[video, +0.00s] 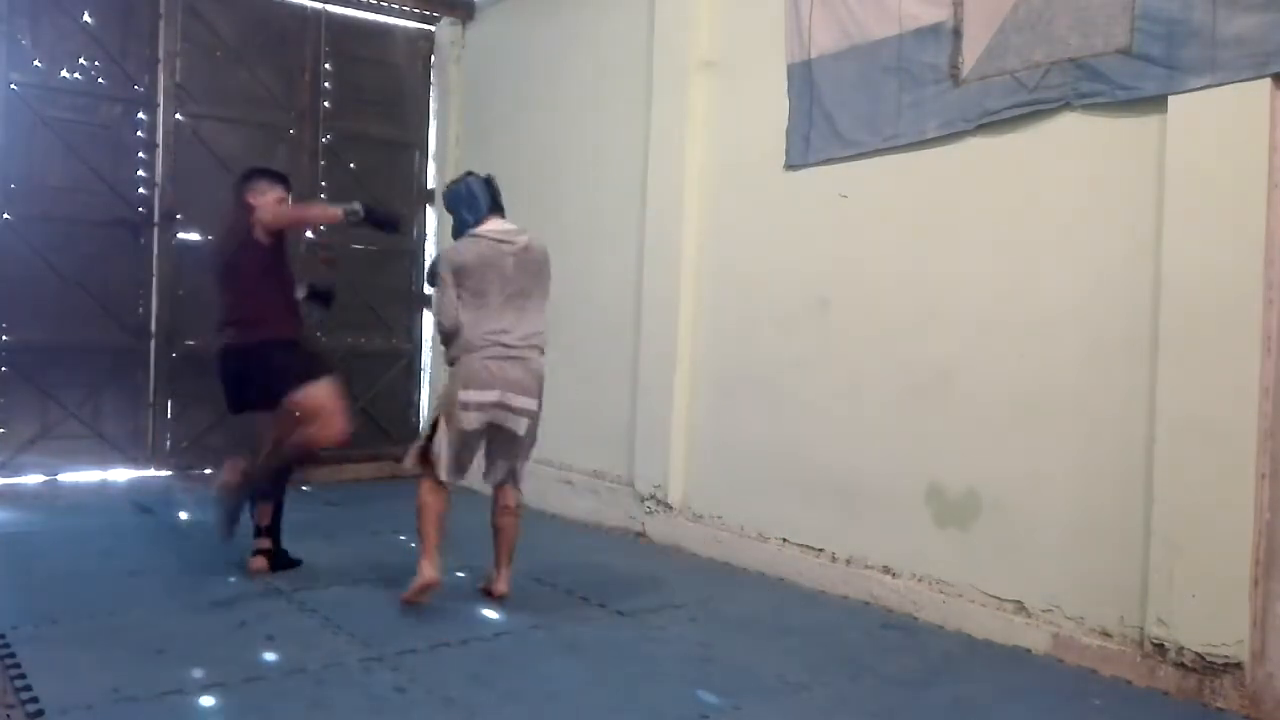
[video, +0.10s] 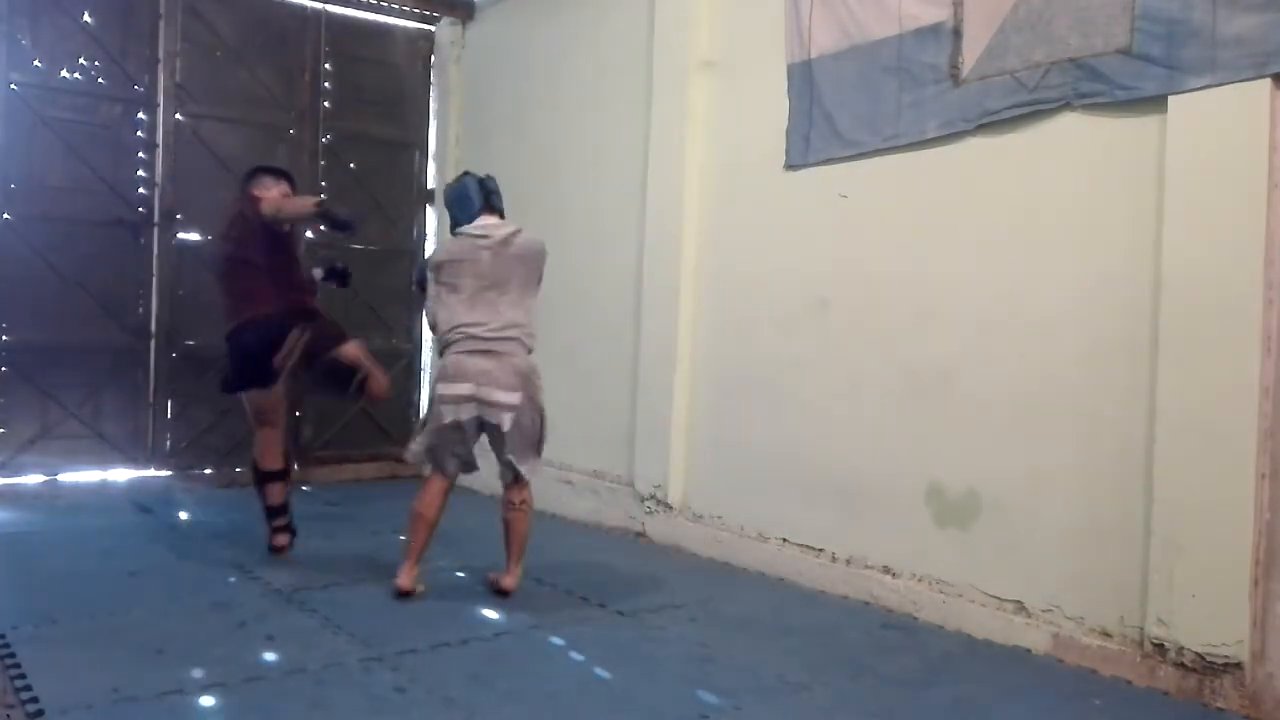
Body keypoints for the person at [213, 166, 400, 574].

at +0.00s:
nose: (287, 207)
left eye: (287, 200)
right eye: (279, 198)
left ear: (254, 202)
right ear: (252, 197)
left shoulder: (239, 237)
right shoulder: (257, 221)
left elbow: (258, 291)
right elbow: (300, 215)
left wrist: (303, 293)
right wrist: (357, 211)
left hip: (248, 352)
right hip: (272, 349)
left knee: (274, 447)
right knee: (332, 425)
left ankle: (266, 547)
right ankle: (248, 479)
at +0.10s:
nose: (287, 200)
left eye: (289, 195)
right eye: (282, 193)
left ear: (250, 196)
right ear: (258, 190)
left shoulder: (236, 233)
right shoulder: (255, 209)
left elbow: (277, 280)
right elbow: (282, 209)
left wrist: (322, 274)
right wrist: (323, 209)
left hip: (248, 333)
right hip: (293, 319)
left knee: (267, 424)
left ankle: (279, 527)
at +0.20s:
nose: (283, 211)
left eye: (284, 205)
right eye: (281, 204)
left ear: (248, 206)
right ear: (273, 205)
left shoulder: (232, 249)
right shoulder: (283, 238)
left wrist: (327, 277)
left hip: (264, 341)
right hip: (308, 322)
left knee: (268, 435)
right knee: (392, 351)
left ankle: (283, 528)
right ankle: (402, 275)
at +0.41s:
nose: (284, 211)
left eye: (284, 205)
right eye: (281, 204)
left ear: (248, 206)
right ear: (273, 205)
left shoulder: (232, 249)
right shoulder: (283, 238)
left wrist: (326, 277)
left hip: (264, 341)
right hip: (308, 322)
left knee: (268, 435)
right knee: (392, 351)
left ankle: (283, 528)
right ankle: (402, 275)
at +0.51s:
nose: (268, 249)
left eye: (263, 247)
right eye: (265, 246)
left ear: (233, 262)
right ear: (263, 248)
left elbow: (238, 356)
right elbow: (316, 260)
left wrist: (255, 380)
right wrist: (357, 285)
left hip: (272, 353)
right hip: (320, 334)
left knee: (284, 445)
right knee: (369, 393)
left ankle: (297, 542)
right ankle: (346, 407)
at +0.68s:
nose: (291, 232)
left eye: (289, 228)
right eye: (288, 228)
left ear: (254, 238)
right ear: (282, 230)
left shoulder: (239, 278)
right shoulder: (293, 240)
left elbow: (238, 336)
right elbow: (323, 261)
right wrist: (362, 291)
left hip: (270, 348)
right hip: (319, 337)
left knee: (284, 439)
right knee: (346, 418)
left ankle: (294, 538)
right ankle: (351, 509)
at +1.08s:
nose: (323, 221)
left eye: (323, 214)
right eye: (318, 214)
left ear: (292, 215)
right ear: (298, 214)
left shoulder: (273, 244)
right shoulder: (304, 246)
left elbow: (243, 292)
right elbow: (295, 296)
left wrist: (275, 316)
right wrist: (326, 315)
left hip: (265, 350)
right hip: (299, 352)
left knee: (276, 420)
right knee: (309, 429)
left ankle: (252, 494)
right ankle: (310, 518)